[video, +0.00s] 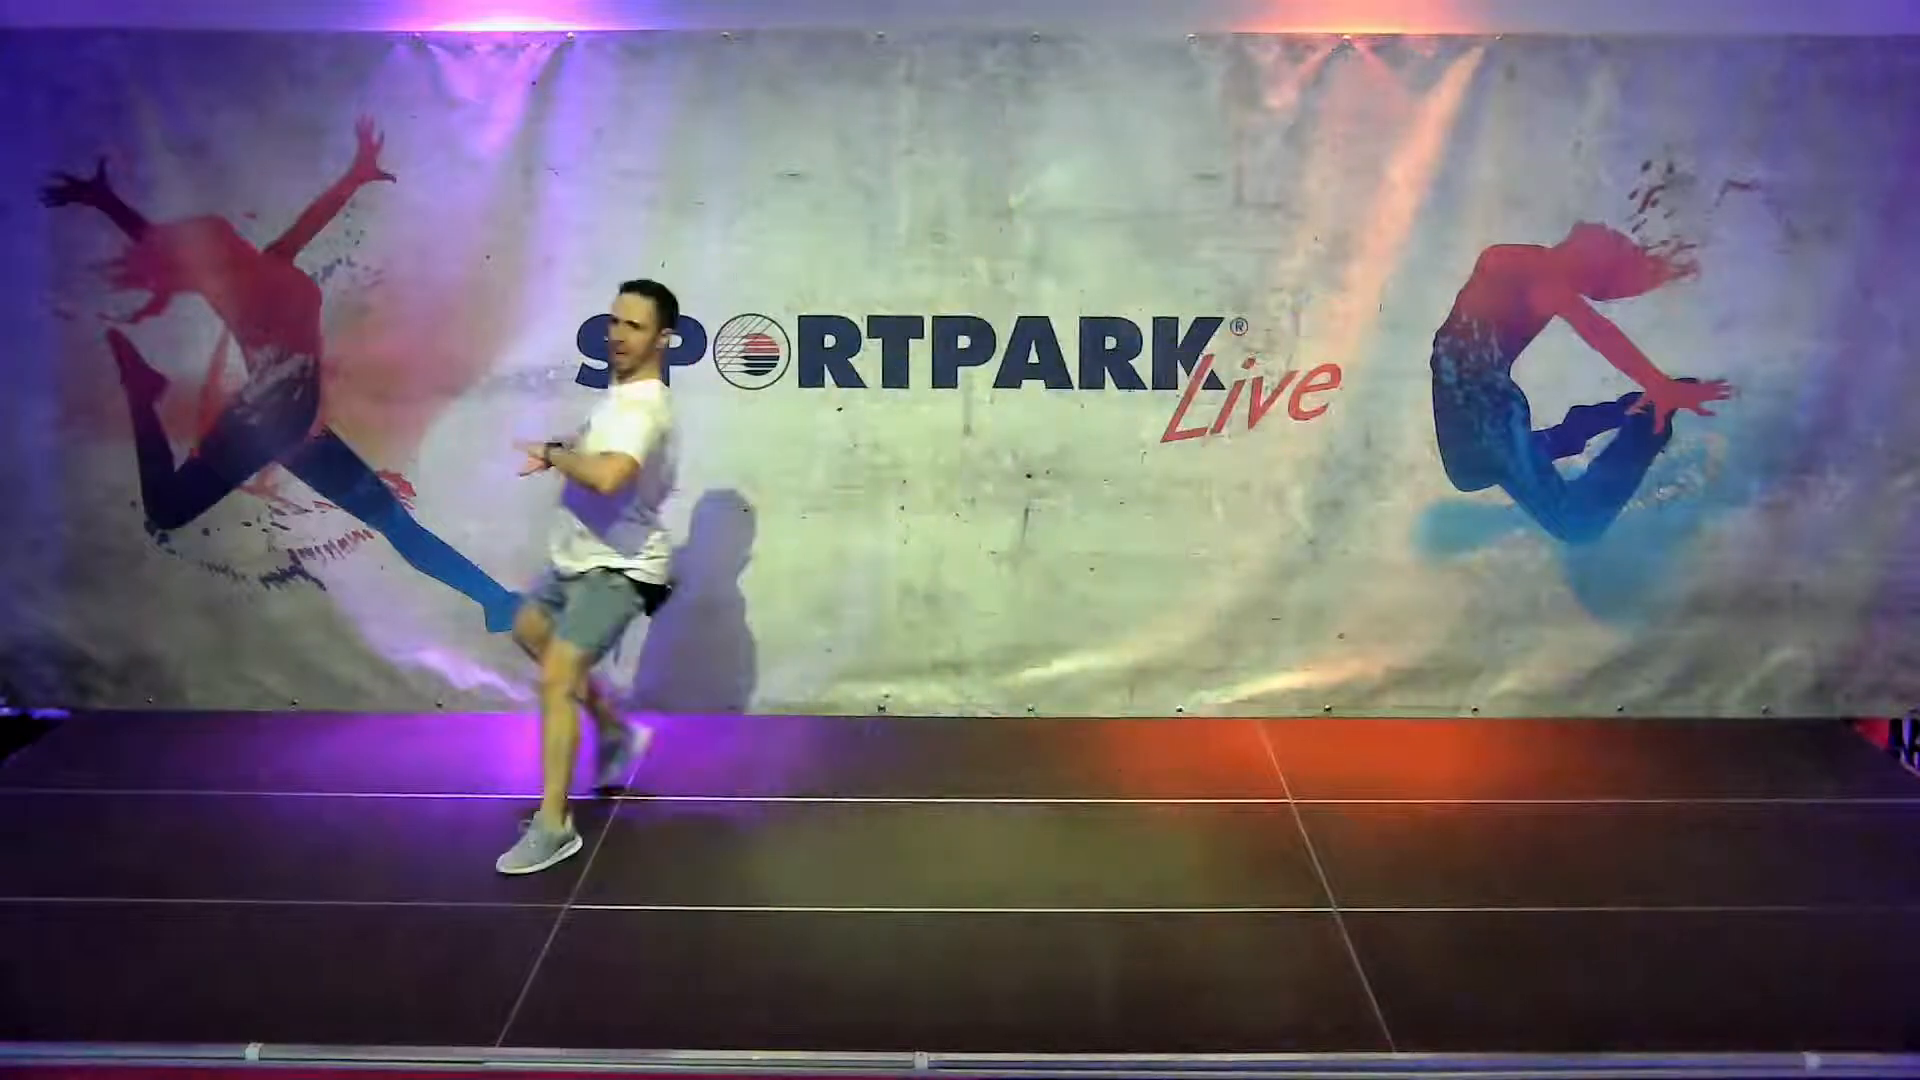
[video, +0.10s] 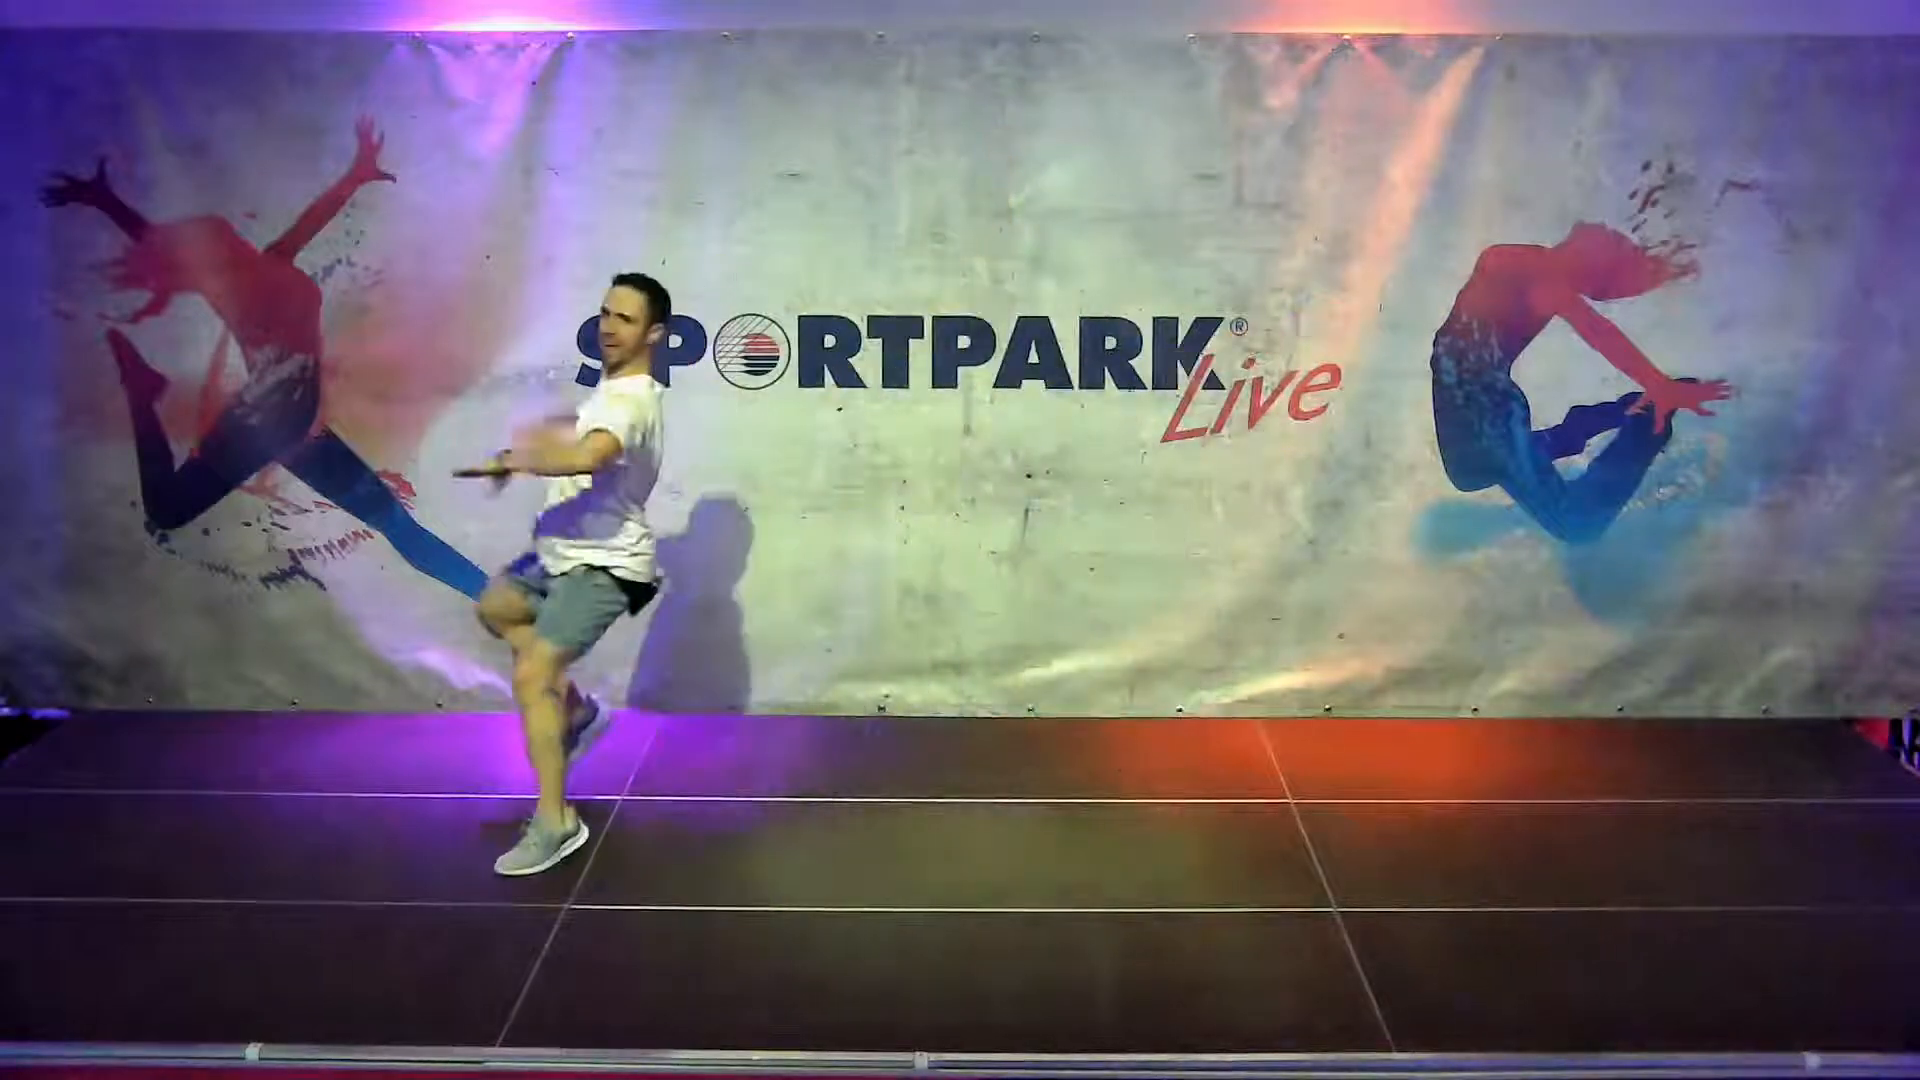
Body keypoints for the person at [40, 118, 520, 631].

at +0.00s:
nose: (219, 245)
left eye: (214, 237)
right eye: (206, 245)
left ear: (224, 240)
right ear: (198, 261)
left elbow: (313, 218)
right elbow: (157, 246)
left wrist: (358, 174)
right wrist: (100, 197)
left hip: (299, 427)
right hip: (257, 426)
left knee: (395, 521)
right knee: (166, 508)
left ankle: (508, 609)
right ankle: (141, 393)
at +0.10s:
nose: (171, 288)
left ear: (210, 249)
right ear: (210, 247)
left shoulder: (268, 266)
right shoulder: (233, 279)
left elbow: (312, 219)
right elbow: (156, 244)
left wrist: (359, 173)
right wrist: (102, 198)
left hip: (294, 425)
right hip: (262, 423)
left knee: (389, 515)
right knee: (167, 513)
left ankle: (497, 598)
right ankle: (140, 393)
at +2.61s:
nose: (194, 283)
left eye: (192, 265)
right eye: (191, 265)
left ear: (209, 254)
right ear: (205, 254)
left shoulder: (262, 270)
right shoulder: (238, 283)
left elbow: (307, 223)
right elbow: (158, 245)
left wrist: (357, 176)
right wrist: (104, 200)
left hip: (300, 428)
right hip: (259, 425)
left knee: (388, 517)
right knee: (166, 511)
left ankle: (500, 602)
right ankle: (140, 391)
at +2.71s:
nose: (194, 284)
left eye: (192, 265)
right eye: (190, 266)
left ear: (208, 254)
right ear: (204, 254)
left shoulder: (262, 270)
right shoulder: (239, 282)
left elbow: (307, 223)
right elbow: (157, 245)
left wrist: (357, 176)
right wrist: (103, 200)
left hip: (299, 428)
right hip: (259, 425)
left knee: (388, 516)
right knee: (165, 511)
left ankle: (500, 602)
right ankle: (140, 391)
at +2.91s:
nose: (180, 288)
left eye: (179, 268)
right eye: (175, 271)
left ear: (204, 252)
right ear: (204, 249)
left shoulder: (262, 269)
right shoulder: (239, 279)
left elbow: (307, 223)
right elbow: (158, 244)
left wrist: (358, 175)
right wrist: (105, 202)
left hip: (300, 429)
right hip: (262, 422)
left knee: (389, 516)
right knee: (166, 511)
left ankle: (500, 602)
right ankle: (141, 397)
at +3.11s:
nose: (177, 289)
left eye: (177, 269)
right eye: (171, 273)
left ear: (203, 253)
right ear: (204, 249)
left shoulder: (262, 269)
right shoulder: (240, 279)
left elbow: (307, 223)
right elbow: (158, 244)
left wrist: (358, 175)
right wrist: (105, 202)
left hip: (300, 428)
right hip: (262, 422)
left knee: (389, 517)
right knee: (166, 512)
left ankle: (500, 602)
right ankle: (141, 398)